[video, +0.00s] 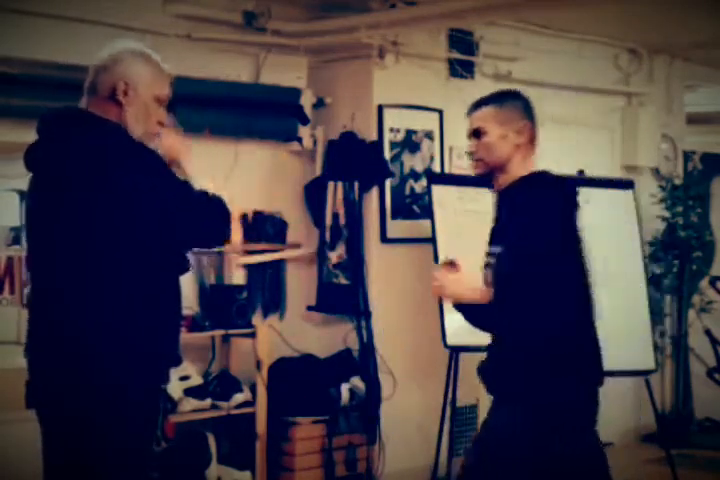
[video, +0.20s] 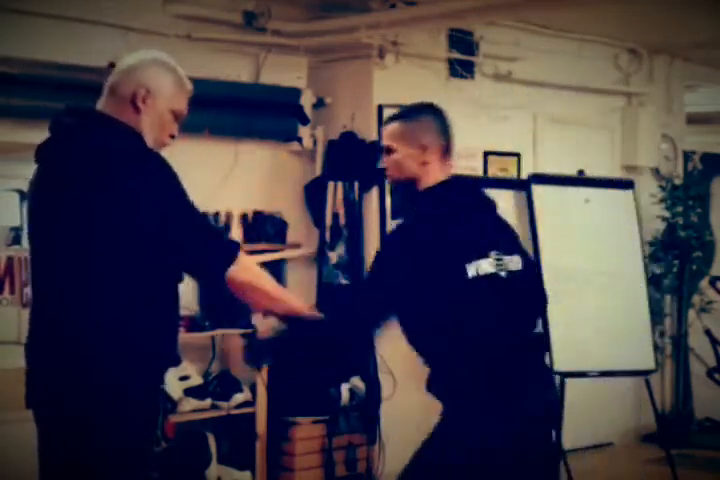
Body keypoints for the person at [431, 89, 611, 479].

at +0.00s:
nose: (470, 148)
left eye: (479, 135)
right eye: (470, 137)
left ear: (520, 137)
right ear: (514, 139)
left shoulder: (534, 199)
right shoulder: (521, 199)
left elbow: (532, 315)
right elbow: (512, 311)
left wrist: (467, 294)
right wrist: (465, 291)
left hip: (543, 394)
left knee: (483, 471)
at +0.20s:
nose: (383, 163)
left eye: (390, 151)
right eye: (384, 152)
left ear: (425, 154)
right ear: (434, 154)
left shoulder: (413, 235)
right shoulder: (490, 217)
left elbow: (361, 311)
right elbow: (534, 297)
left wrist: (302, 313)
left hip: (476, 412)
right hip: (535, 401)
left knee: (414, 476)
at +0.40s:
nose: (332, 200)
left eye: (331, 186)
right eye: (327, 189)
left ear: (361, 171)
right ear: (364, 170)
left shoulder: (413, 228)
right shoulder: (423, 206)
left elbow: (410, 377)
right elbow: (439, 293)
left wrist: (307, 419)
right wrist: (386, 312)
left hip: (476, 402)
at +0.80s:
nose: (365, 181)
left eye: (365, 167)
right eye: (360, 171)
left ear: (397, 155)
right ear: (401, 154)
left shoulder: (440, 226)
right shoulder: (461, 203)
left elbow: (394, 363)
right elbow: (488, 299)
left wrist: (290, 377)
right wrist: (413, 303)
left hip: (484, 403)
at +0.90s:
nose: (397, 168)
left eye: (400, 155)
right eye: (394, 157)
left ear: (435, 149)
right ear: (438, 149)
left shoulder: (481, 210)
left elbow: (417, 331)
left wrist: (304, 390)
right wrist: (424, 307)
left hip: (504, 399)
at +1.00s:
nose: (442, 163)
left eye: (448, 150)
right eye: (441, 151)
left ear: (485, 147)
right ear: (484, 148)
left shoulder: (510, 219)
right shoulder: (519, 207)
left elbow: (443, 324)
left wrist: (349, 388)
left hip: (524, 403)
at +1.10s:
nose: (481, 156)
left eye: (488, 143)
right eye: (482, 144)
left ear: (527, 146)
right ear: (525, 147)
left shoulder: (540, 216)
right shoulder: (557, 206)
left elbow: (498, 344)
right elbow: (526, 314)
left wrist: (394, 392)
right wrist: (467, 318)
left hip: (545, 407)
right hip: (570, 397)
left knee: (504, 472)